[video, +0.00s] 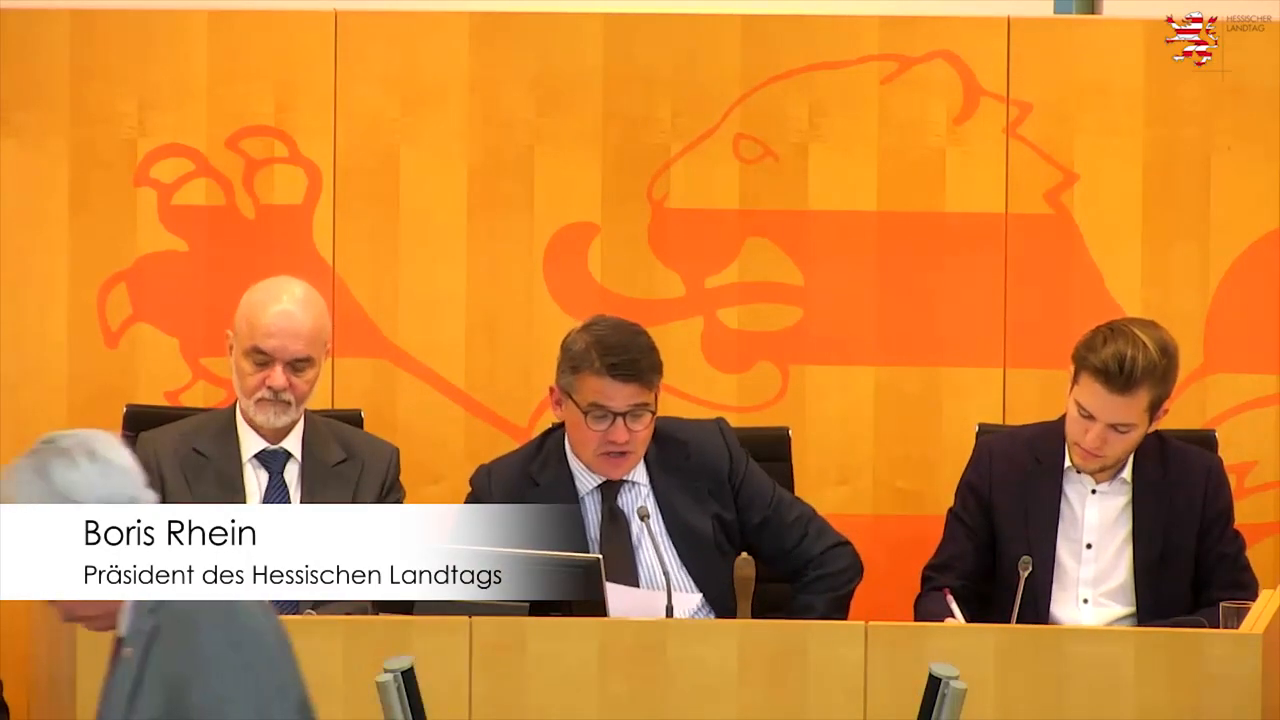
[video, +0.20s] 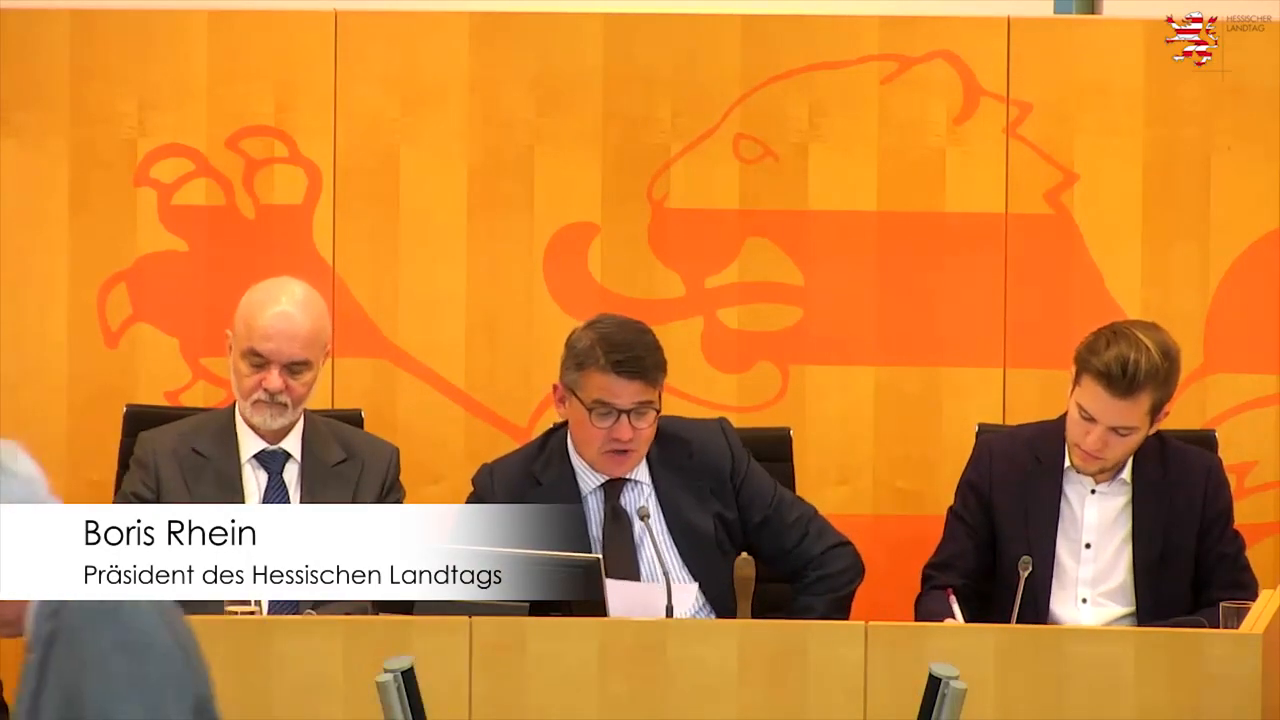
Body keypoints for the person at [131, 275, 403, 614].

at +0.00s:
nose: (277, 383)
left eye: (298, 365)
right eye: (260, 360)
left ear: (324, 359)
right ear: (231, 350)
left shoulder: (374, 464)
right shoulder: (159, 457)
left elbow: (392, 598)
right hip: (201, 657)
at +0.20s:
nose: (273, 385)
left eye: (296, 368)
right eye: (257, 361)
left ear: (323, 359)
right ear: (230, 349)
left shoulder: (374, 465)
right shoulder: (159, 457)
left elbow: (397, 604)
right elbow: (123, 581)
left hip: (333, 668)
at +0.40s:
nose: (269, 386)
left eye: (291, 369)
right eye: (252, 363)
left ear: (319, 359)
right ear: (225, 350)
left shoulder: (371, 464)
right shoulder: (156, 458)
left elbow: (393, 592)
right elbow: (119, 560)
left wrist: (324, 630)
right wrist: (117, 601)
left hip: (328, 666)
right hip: (192, 663)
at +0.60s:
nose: (266, 387)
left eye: (287, 369)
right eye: (249, 364)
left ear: (316, 358)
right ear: (223, 350)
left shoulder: (370, 463)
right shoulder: (155, 458)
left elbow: (384, 587)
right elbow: (116, 559)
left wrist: (315, 632)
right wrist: (118, 597)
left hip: (324, 666)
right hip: (190, 663)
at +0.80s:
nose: (266, 388)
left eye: (288, 371)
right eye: (249, 365)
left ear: (318, 359)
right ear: (223, 350)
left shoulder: (371, 463)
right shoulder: (155, 458)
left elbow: (387, 590)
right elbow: (114, 568)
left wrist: (314, 632)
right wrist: (115, 603)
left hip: (326, 665)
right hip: (192, 662)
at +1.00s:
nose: (266, 388)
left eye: (288, 371)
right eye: (249, 365)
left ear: (317, 360)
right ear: (224, 351)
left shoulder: (370, 463)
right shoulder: (155, 457)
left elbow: (390, 590)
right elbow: (115, 562)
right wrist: (115, 595)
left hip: (327, 668)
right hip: (189, 667)